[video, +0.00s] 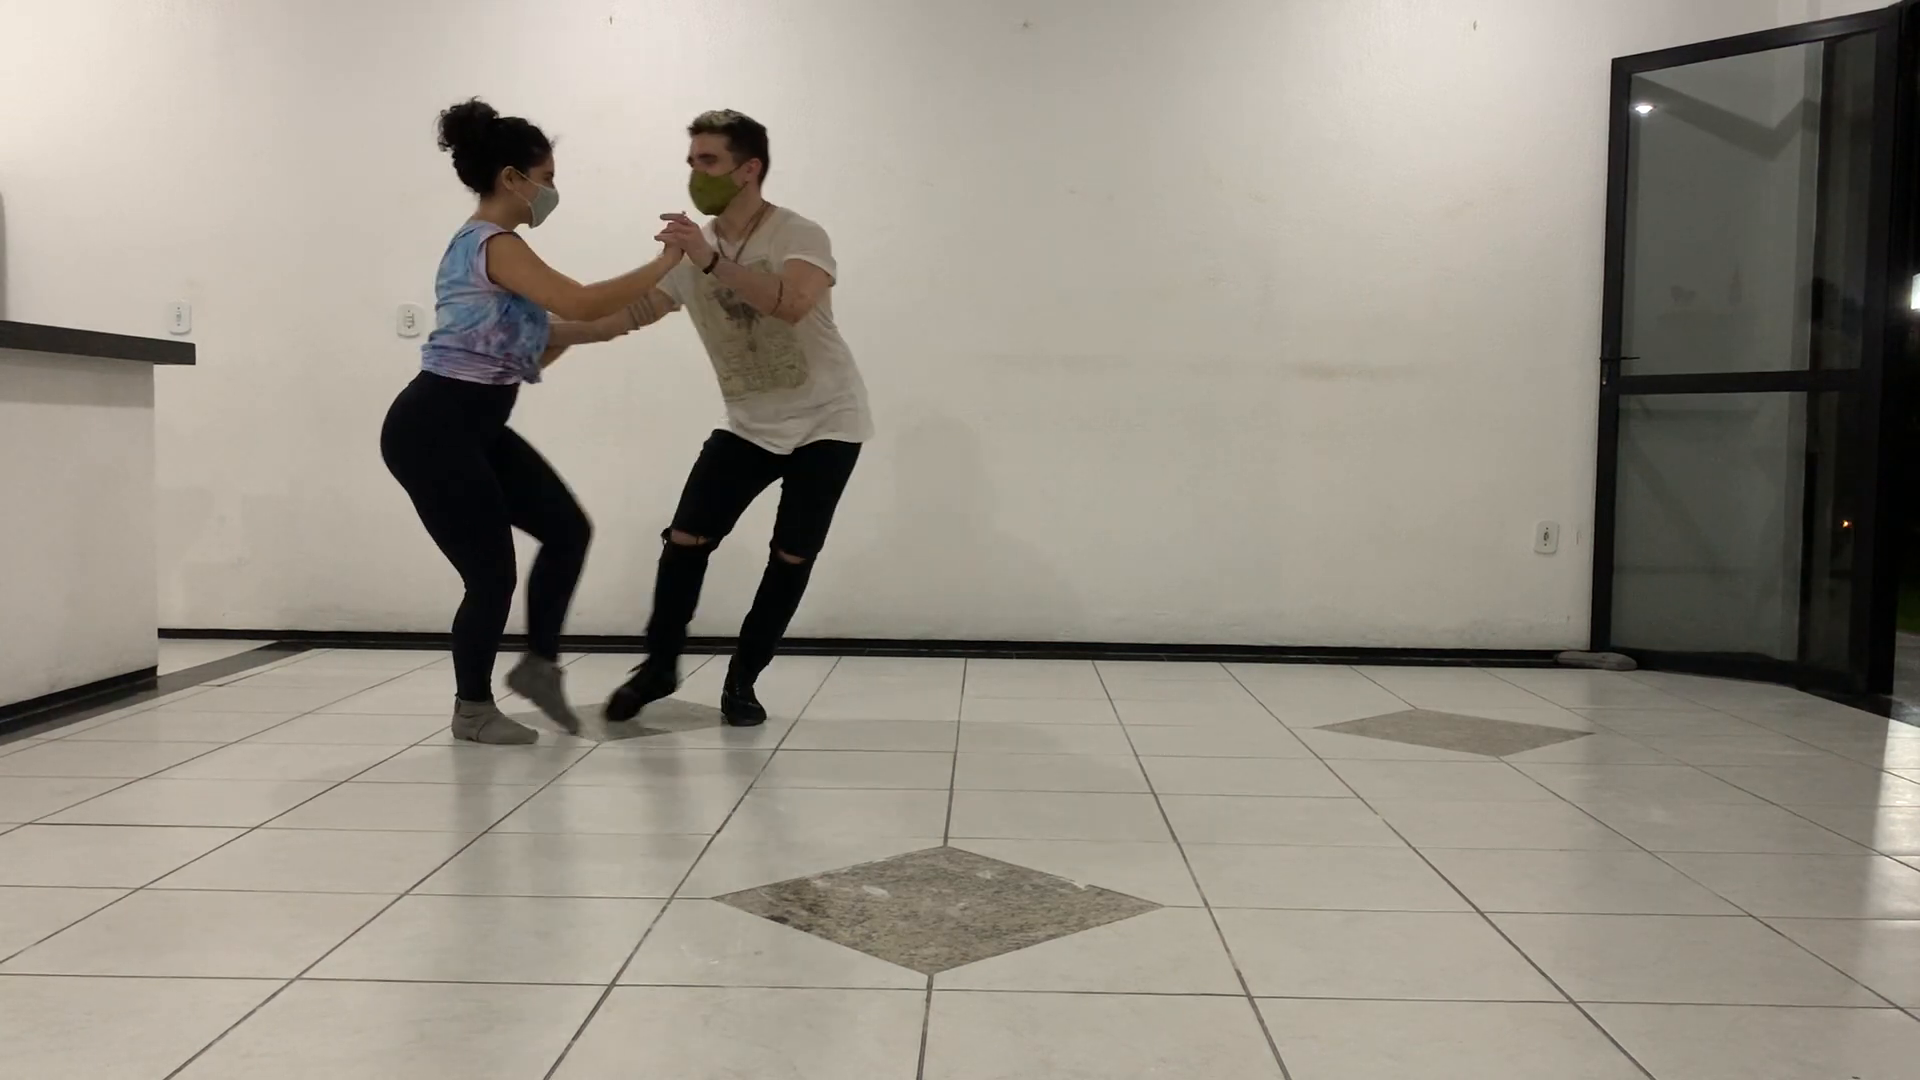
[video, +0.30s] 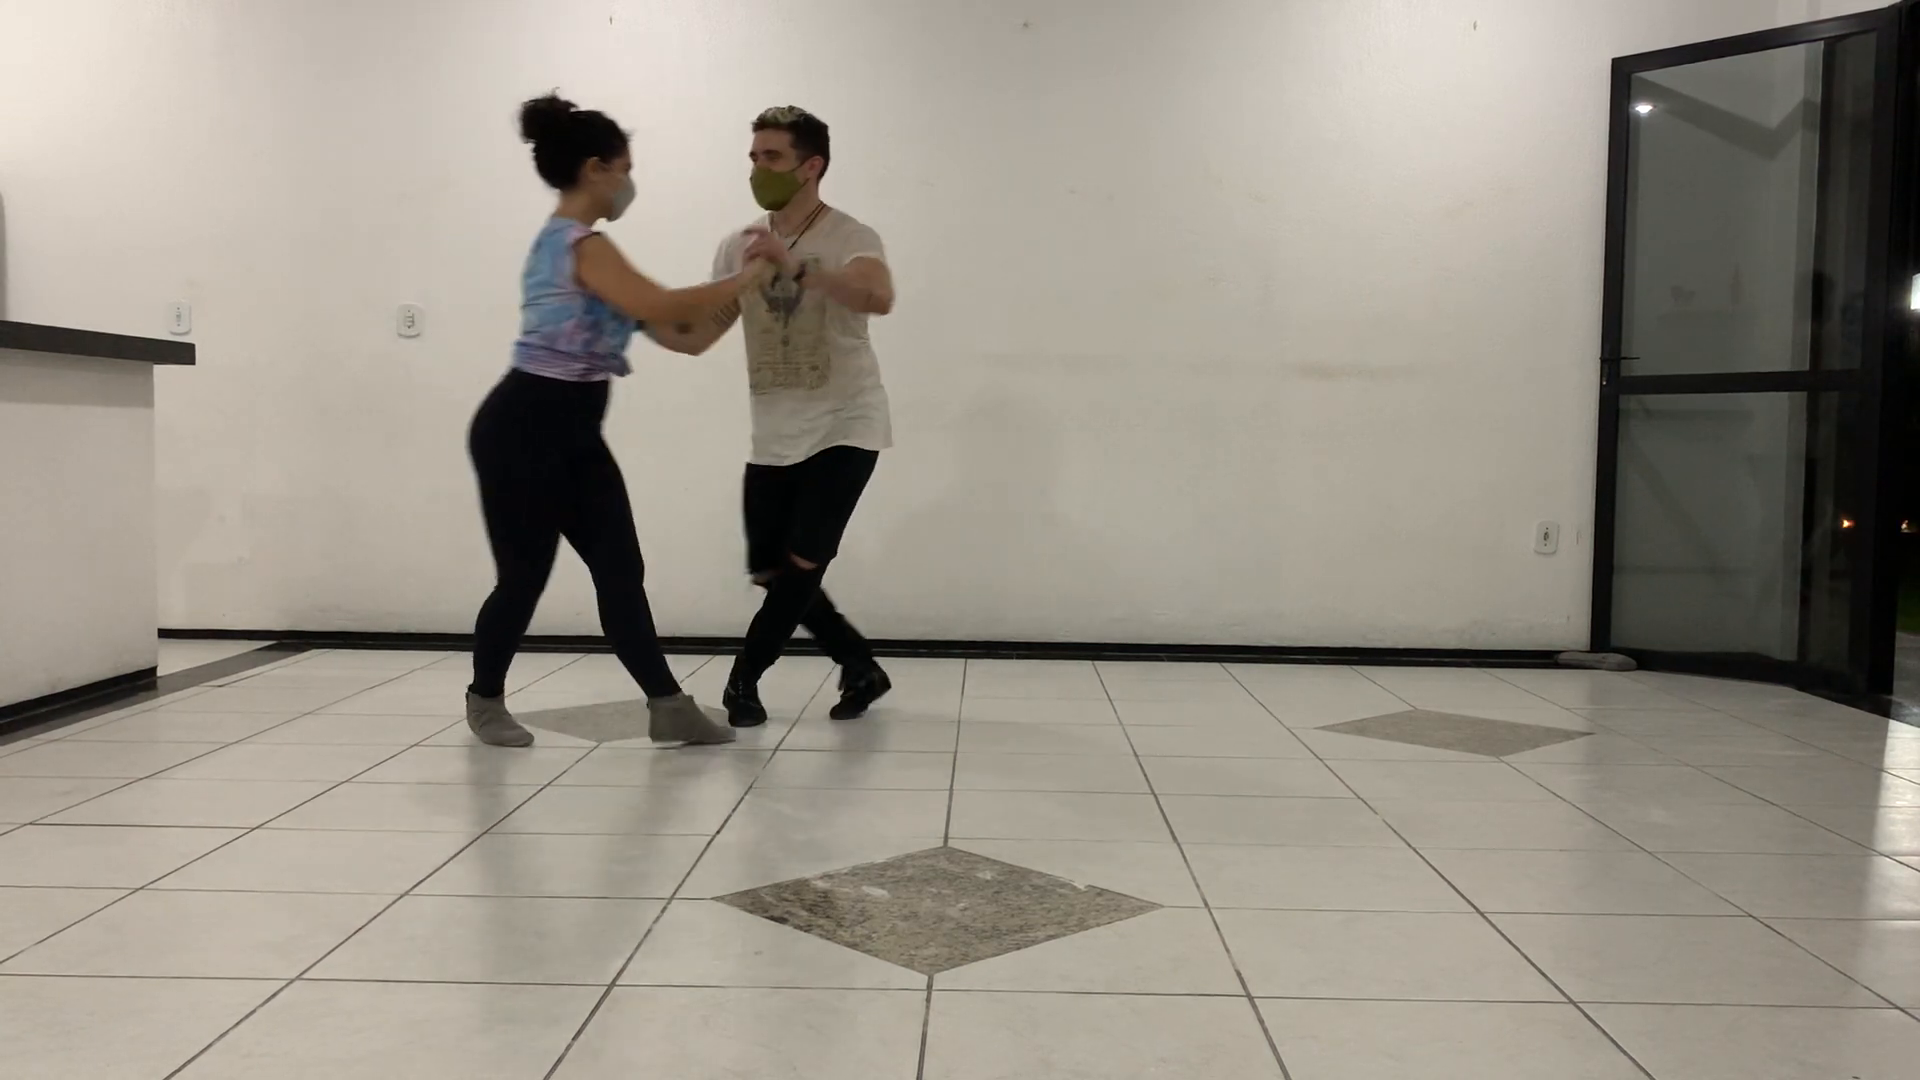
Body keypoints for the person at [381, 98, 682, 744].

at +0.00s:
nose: (554, 190)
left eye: (553, 177)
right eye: (546, 177)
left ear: (506, 179)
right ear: (512, 180)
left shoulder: (481, 247)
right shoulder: (492, 245)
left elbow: (531, 342)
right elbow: (582, 303)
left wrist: (623, 322)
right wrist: (667, 260)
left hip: (475, 428)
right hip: (433, 431)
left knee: (568, 531)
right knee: (491, 574)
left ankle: (539, 663)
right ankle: (472, 710)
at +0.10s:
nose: (574, 189)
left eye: (573, 176)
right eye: (567, 175)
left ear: (527, 177)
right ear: (531, 176)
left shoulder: (513, 252)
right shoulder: (500, 243)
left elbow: (566, 346)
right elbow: (578, 314)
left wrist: (659, 317)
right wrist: (666, 278)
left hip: (504, 431)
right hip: (451, 430)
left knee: (601, 530)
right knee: (489, 573)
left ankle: (603, 669)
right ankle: (481, 707)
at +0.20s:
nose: (600, 185)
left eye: (599, 172)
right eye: (593, 172)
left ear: (554, 174)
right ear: (559, 175)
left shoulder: (534, 248)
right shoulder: (531, 244)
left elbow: (607, 337)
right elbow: (606, 316)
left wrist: (702, 301)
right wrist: (698, 295)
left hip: (535, 433)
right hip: (480, 432)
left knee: (613, 546)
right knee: (502, 575)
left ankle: (656, 683)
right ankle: (487, 705)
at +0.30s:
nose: (633, 175)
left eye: (629, 164)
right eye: (624, 164)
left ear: (585, 172)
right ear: (594, 171)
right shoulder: (580, 245)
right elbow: (665, 309)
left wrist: (746, 285)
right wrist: (752, 275)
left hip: (568, 435)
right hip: (527, 432)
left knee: (619, 570)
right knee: (523, 575)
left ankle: (666, 702)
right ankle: (484, 699)